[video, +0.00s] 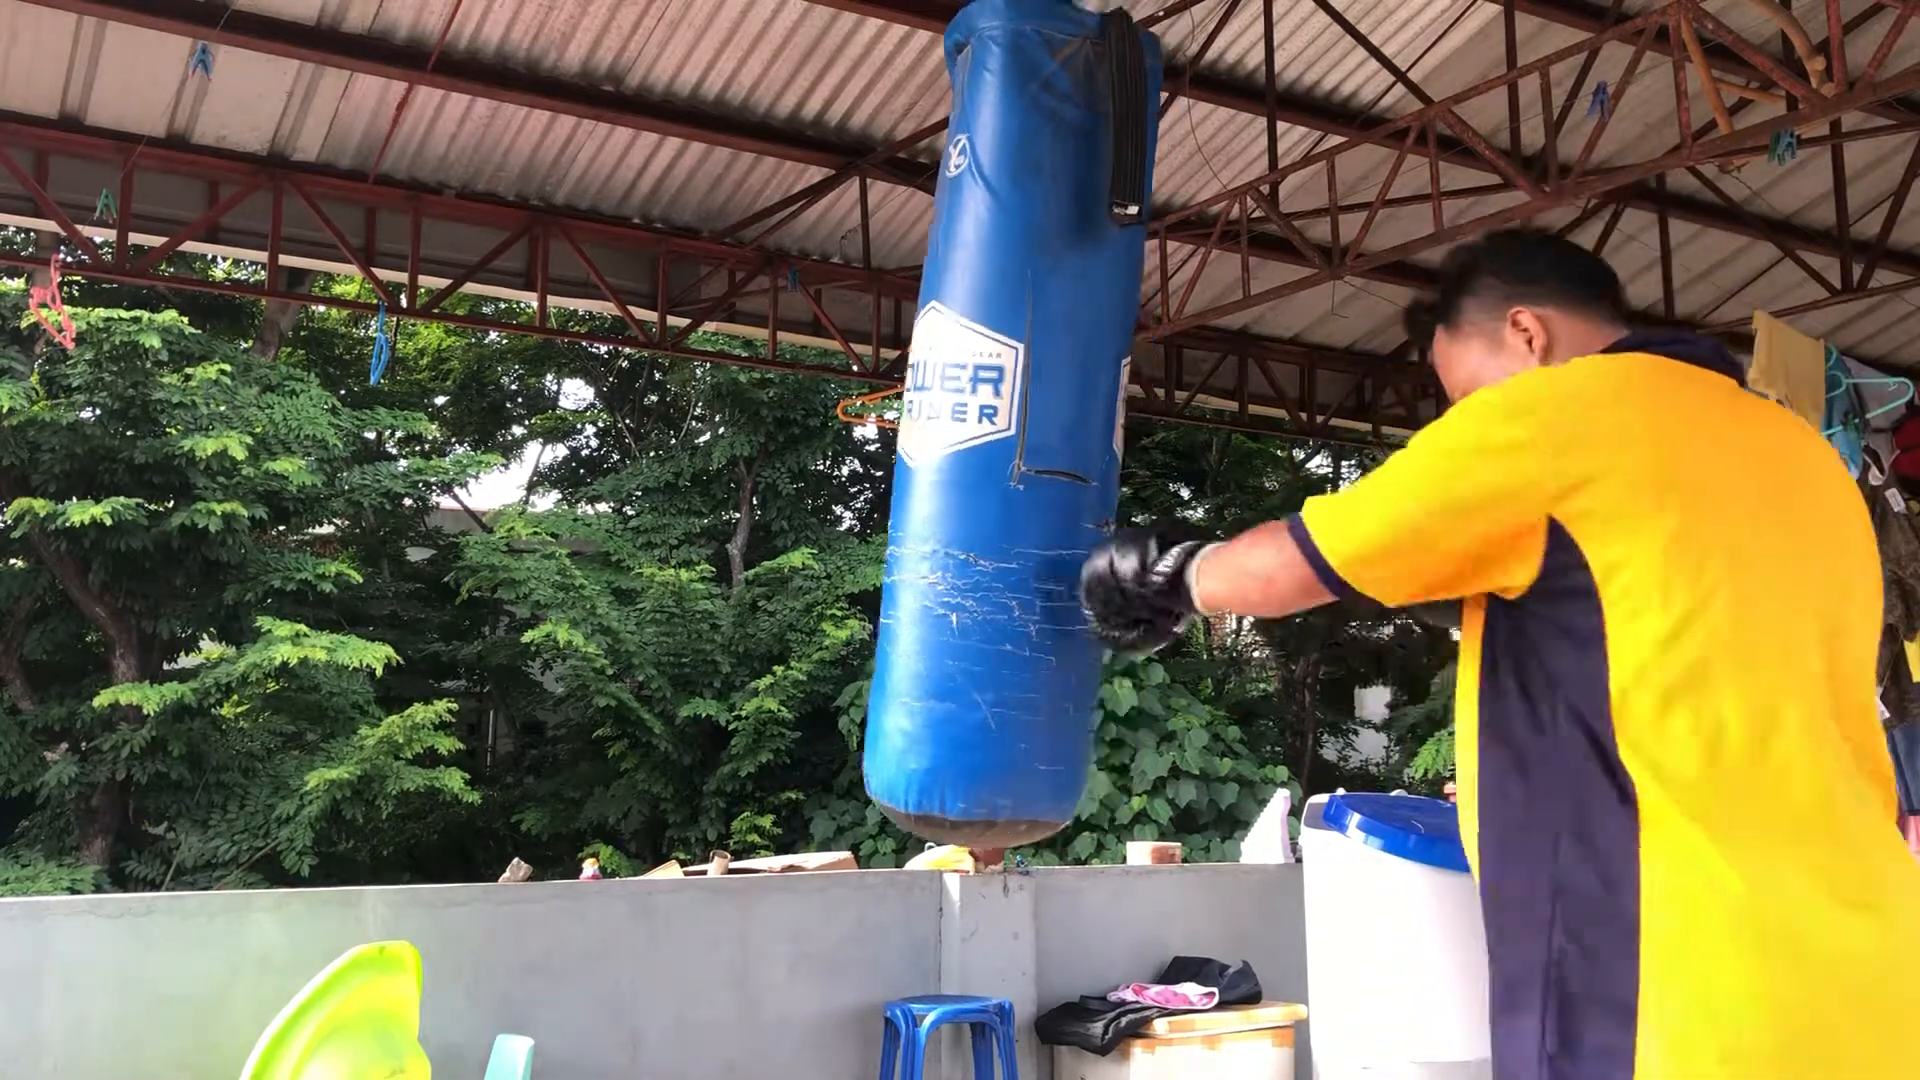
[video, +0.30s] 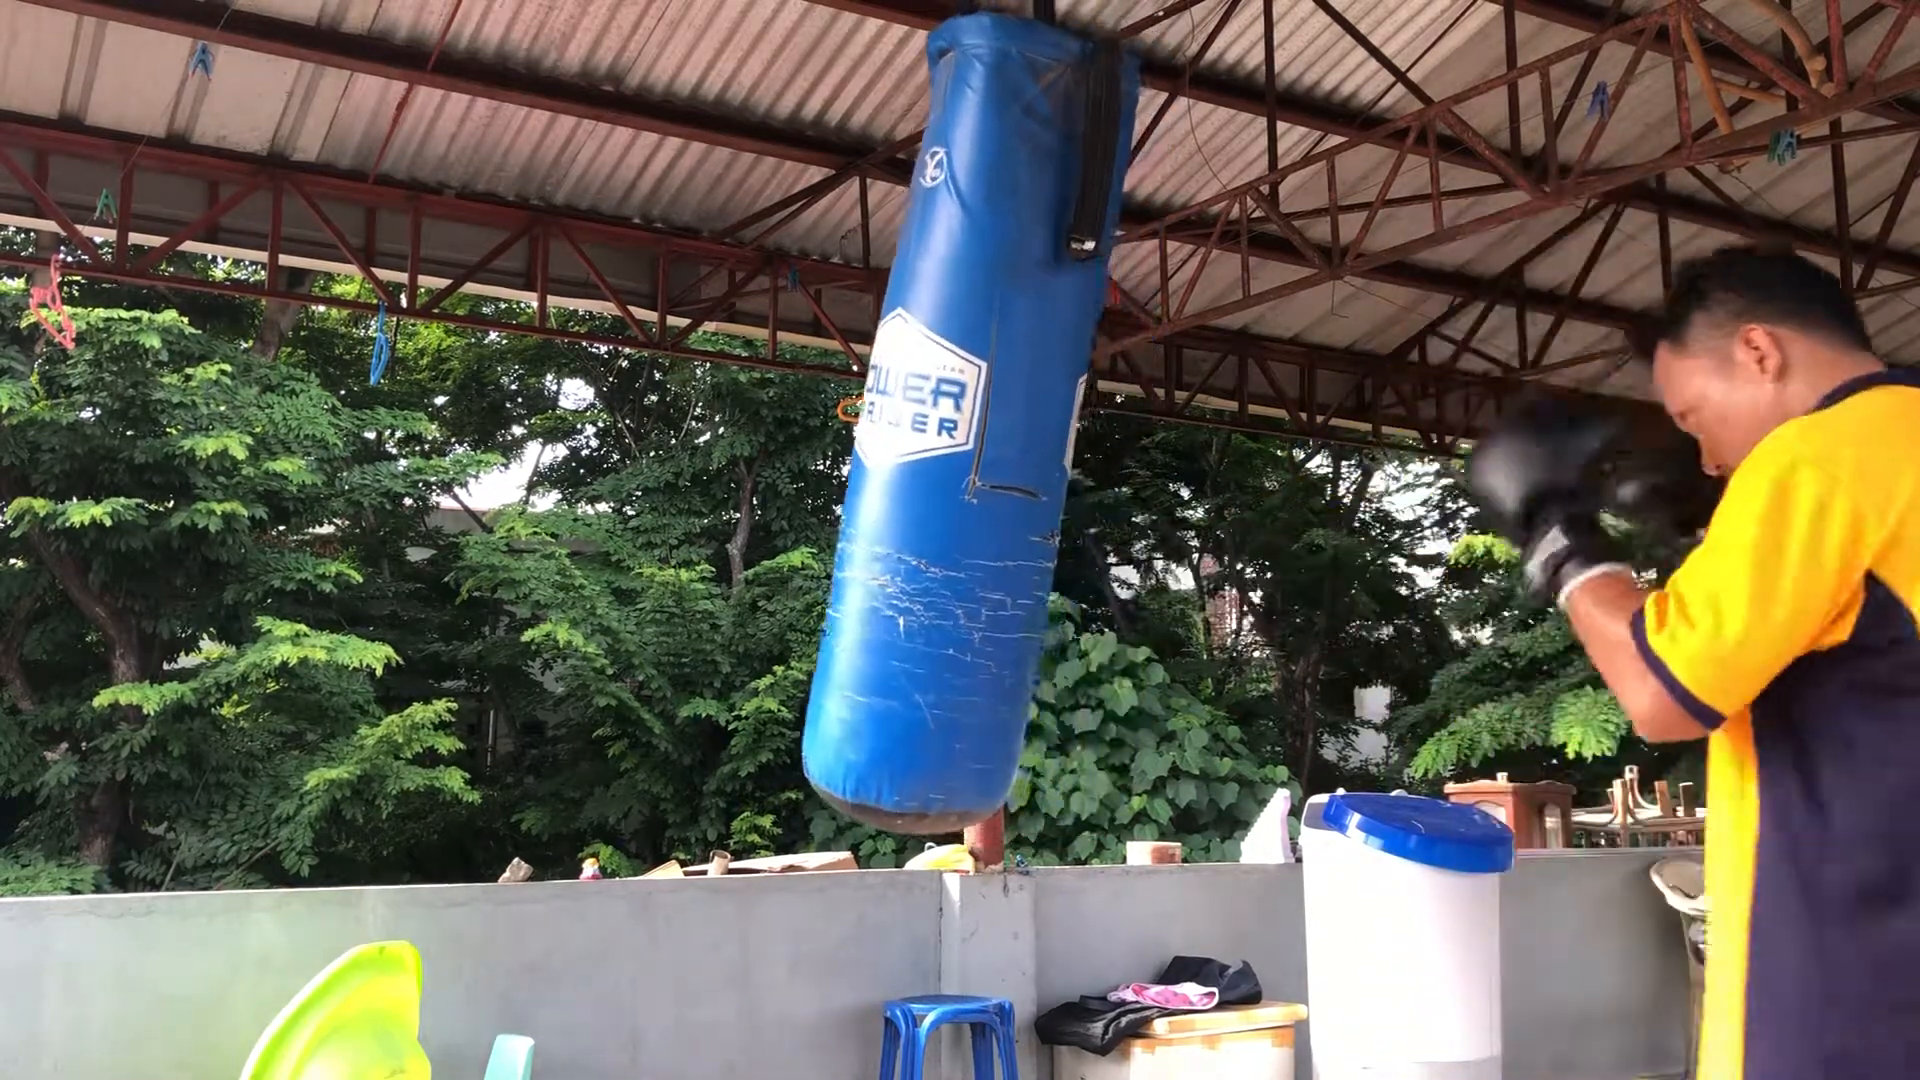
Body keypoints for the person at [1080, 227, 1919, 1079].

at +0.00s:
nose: (1469, 425)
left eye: (1467, 394)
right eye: (1460, 403)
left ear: (1525, 334)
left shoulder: (1558, 413)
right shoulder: (1815, 453)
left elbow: (1294, 566)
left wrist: (1157, 580)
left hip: (1674, 1019)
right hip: (1878, 1015)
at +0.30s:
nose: (1709, 461)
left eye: (1695, 418)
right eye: (1689, 432)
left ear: (1760, 354)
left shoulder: (1826, 457)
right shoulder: (1896, 433)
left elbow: (1660, 689)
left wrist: (1556, 536)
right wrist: (1707, 526)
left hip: (1834, 1033)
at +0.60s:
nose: (1796, 407)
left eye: (1795, 367)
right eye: (1783, 382)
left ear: (1879, 316)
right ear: (1883, 319)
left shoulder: (1900, 416)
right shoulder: (1893, 425)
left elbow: (1785, 644)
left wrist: (1663, 511)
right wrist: (1810, 474)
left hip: (1875, 1013)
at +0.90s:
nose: (1686, 410)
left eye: (1688, 382)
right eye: (1681, 389)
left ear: (1752, 337)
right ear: (1858, 341)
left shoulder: (1718, 443)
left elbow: (1523, 602)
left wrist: (1360, 636)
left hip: (1820, 1016)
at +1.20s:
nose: (1537, 417)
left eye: (1528, 395)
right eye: (1522, 401)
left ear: (1581, 344)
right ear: (1688, 323)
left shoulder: (1589, 442)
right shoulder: (1861, 445)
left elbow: (1408, 644)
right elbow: (1801, 735)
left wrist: (1285, 541)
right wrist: (1561, 796)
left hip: (1701, 1017)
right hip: (1892, 1011)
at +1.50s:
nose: (1495, 441)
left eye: (1498, 411)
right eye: (1484, 417)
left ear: (1580, 378)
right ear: (1585, 375)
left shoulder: (1670, 478)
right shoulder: (1726, 448)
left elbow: (1525, 726)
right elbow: (1519, 608)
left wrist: (1388, 559)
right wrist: (1473, 442)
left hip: (1702, 1035)